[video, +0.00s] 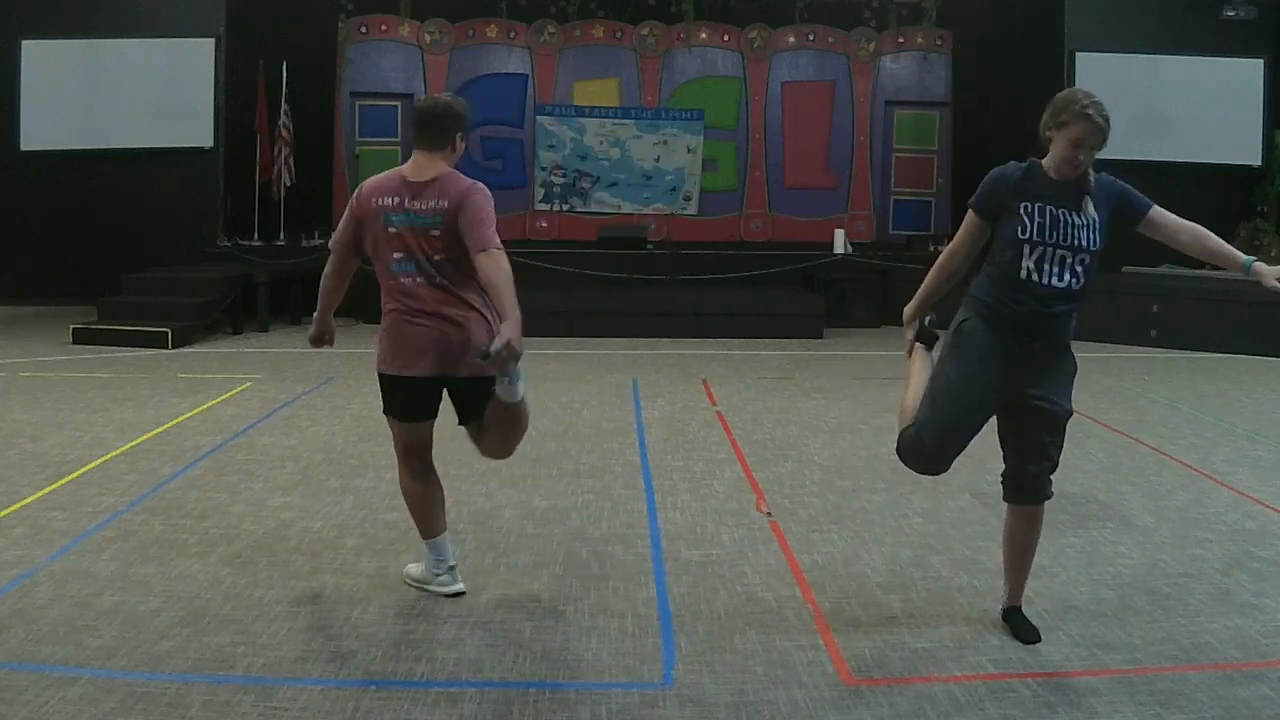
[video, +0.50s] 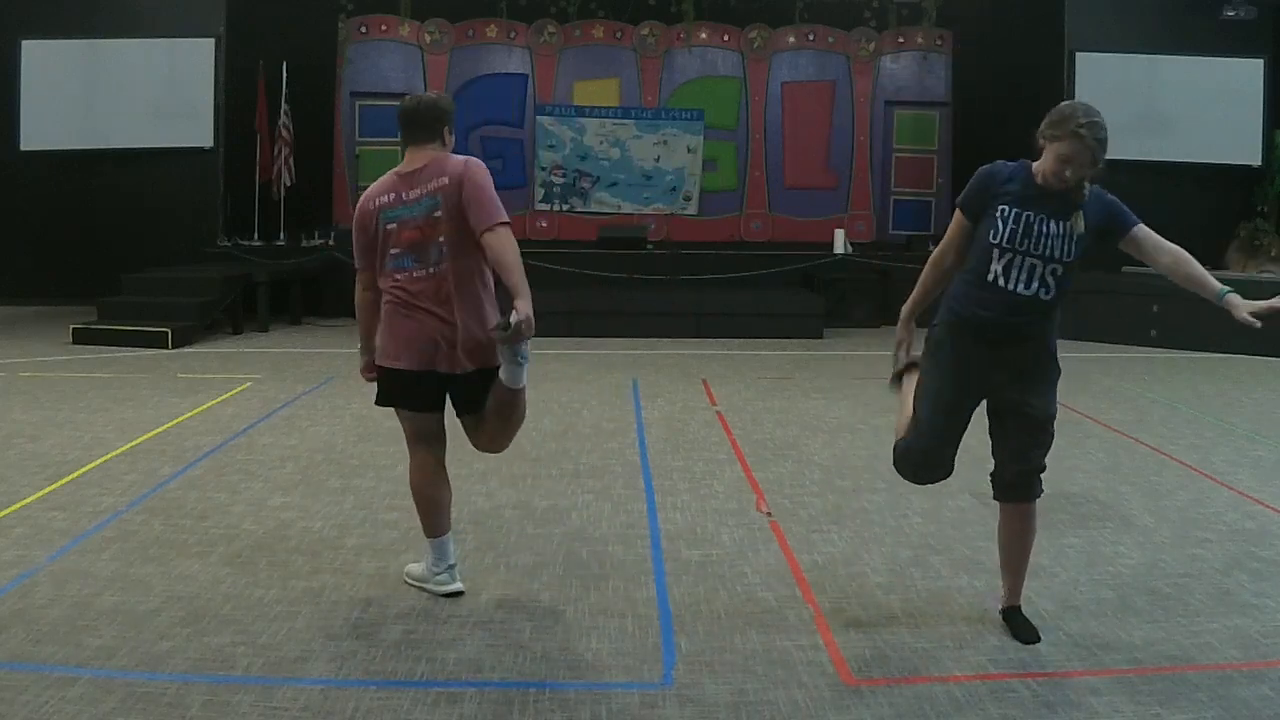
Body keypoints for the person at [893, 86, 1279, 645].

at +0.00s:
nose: (1083, 160)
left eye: (1092, 151)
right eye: (1074, 147)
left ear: (1100, 147)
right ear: (1047, 135)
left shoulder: (1109, 195)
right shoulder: (1007, 183)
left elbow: (1182, 232)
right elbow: (957, 253)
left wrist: (1254, 267)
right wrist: (915, 310)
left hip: (1048, 357)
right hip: (985, 343)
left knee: (1030, 484)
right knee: (922, 456)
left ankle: (1012, 605)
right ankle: (921, 345)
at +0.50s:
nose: (1069, 178)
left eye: (1081, 171)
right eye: (1063, 164)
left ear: (1093, 166)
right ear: (1042, 143)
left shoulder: (1097, 207)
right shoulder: (993, 181)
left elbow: (1162, 253)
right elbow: (946, 255)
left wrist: (1230, 299)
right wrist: (907, 316)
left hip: (1028, 354)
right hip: (959, 342)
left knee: (1019, 482)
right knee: (920, 467)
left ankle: (1011, 604)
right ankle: (911, 377)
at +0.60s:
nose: (1053, 179)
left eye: (1065, 172)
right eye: (1047, 167)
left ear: (1079, 162)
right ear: (1026, 146)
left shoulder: (1085, 203)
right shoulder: (982, 182)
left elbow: (1142, 257)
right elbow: (932, 253)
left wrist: (1201, 309)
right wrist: (878, 314)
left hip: (1023, 358)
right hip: (953, 346)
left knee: (1018, 484)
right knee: (923, 466)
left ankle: (1012, 606)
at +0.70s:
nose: (1032, 175)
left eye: (1044, 167)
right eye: (1025, 163)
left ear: (1059, 160)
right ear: (1003, 145)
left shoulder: (1068, 201)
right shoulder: (963, 185)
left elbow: (1119, 264)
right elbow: (902, 251)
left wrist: (1163, 322)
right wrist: (835, 305)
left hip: (1017, 361)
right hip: (945, 353)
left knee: (1015, 484)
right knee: (914, 473)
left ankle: (1012, 605)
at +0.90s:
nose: (978, 170)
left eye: (987, 161)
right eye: (971, 159)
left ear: (997, 156)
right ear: (945, 145)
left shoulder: (1008, 198)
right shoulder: (904, 192)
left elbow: (1054, 273)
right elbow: (832, 232)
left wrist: (1096, 344)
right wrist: (760, 267)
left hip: (991, 366)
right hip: (917, 366)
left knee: (1006, 487)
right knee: (906, 489)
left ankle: (1016, 602)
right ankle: (884, 605)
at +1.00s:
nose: (954, 165)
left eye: (962, 155)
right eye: (947, 153)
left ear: (970, 150)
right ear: (922, 139)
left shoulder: (979, 192)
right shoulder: (881, 186)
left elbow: (1023, 267)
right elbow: (811, 214)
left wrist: (1068, 340)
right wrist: (743, 237)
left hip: (982, 359)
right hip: (908, 364)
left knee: (1010, 476)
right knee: (902, 491)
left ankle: (1016, 576)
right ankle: (884, 605)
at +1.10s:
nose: (934, 157)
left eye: (943, 146)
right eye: (926, 144)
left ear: (953, 143)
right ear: (900, 135)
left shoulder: (961, 188)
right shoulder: (869, 180)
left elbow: (1002, 259)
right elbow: (811, 193)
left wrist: (1046, 329)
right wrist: (743, 198)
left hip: (970, 352)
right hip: (897, 362)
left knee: (1030, 462)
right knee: (892, 491)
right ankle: (882, 607)